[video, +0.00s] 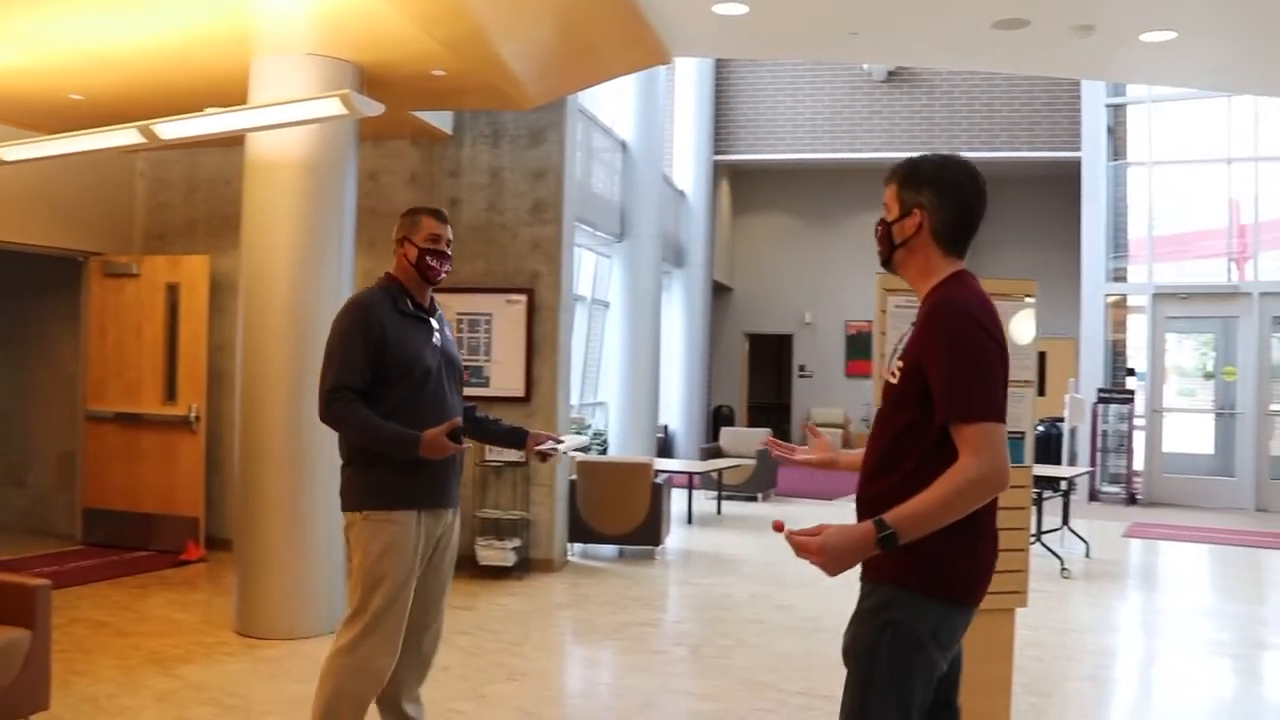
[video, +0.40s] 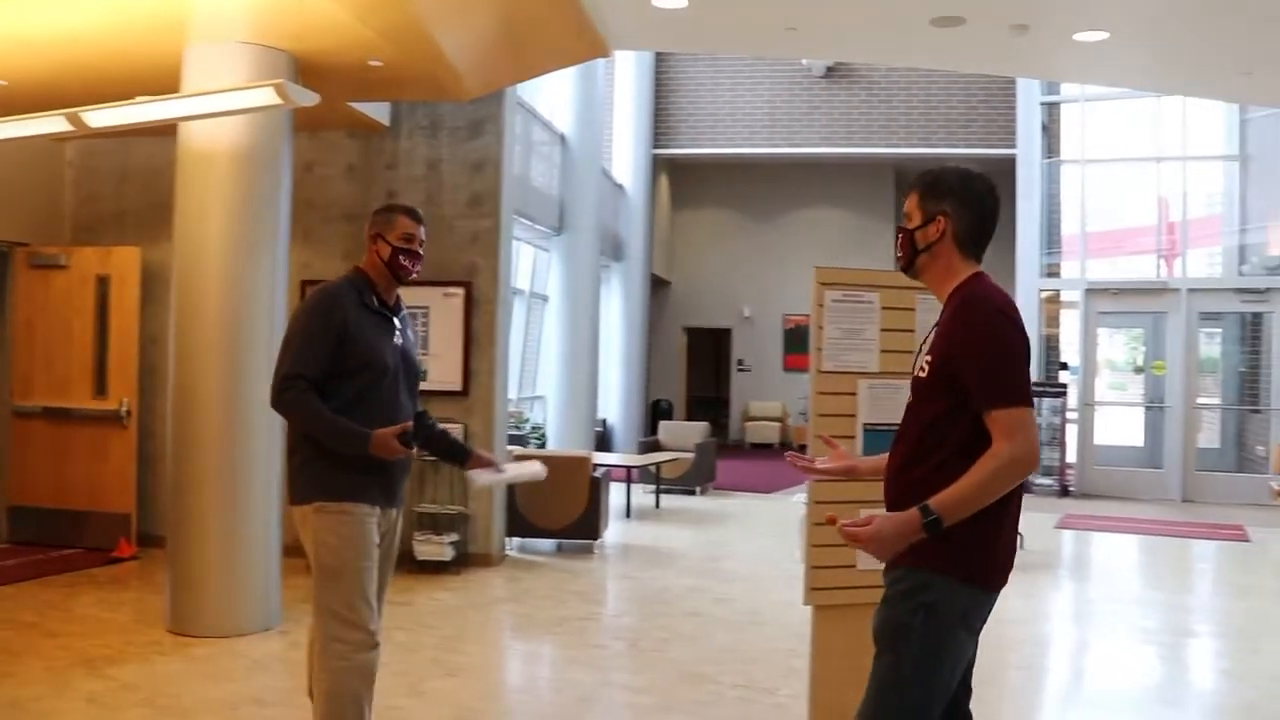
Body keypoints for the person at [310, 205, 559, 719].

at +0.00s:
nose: (443, 257)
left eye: (448, 249)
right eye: (433, 247)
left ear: (451, 255)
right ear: (402, 247)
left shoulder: (435, 320)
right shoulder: (365, 311)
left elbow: (452, 411)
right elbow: (335, 404)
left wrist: (521, 438)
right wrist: (415, 441)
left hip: (439, 504)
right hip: (386, 504)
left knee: (419, 638)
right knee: (372, 640)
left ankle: (402, 711)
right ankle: (333, 716)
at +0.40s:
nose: (414, 254)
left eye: (420, 247)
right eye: (406, 244)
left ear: (421, 254)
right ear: (374, 243)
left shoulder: (395, 317)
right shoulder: (331, 303)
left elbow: (406, 413)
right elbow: (287, 392)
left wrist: (465, 454)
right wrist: (365, 440)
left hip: (382, 497)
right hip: (337, 496)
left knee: (352, 634)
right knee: (352, 636)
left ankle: (339, 713)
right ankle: (345, 718)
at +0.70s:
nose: (389, 252)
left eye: (393, 243)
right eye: (379, 241)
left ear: (391, 248)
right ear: (344, 239)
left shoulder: (364, 312)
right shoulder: (304, 302)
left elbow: (372, 414)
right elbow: (269, 402)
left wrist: (402, 494)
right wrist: (348, 453)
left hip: (346, 496)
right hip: (308, 497)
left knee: (298, 633)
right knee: (331, 643)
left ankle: (289, 716)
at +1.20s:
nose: (347, 238)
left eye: (351, 228)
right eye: (336, 225)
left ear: (352, 229)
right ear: (298, 224)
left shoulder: (324, 295)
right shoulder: (264, 297)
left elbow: (325, 399)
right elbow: (236, 417)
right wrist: (327, 474)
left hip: (319, 506)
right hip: (283, 508)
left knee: (279, 661)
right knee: (295, 672)